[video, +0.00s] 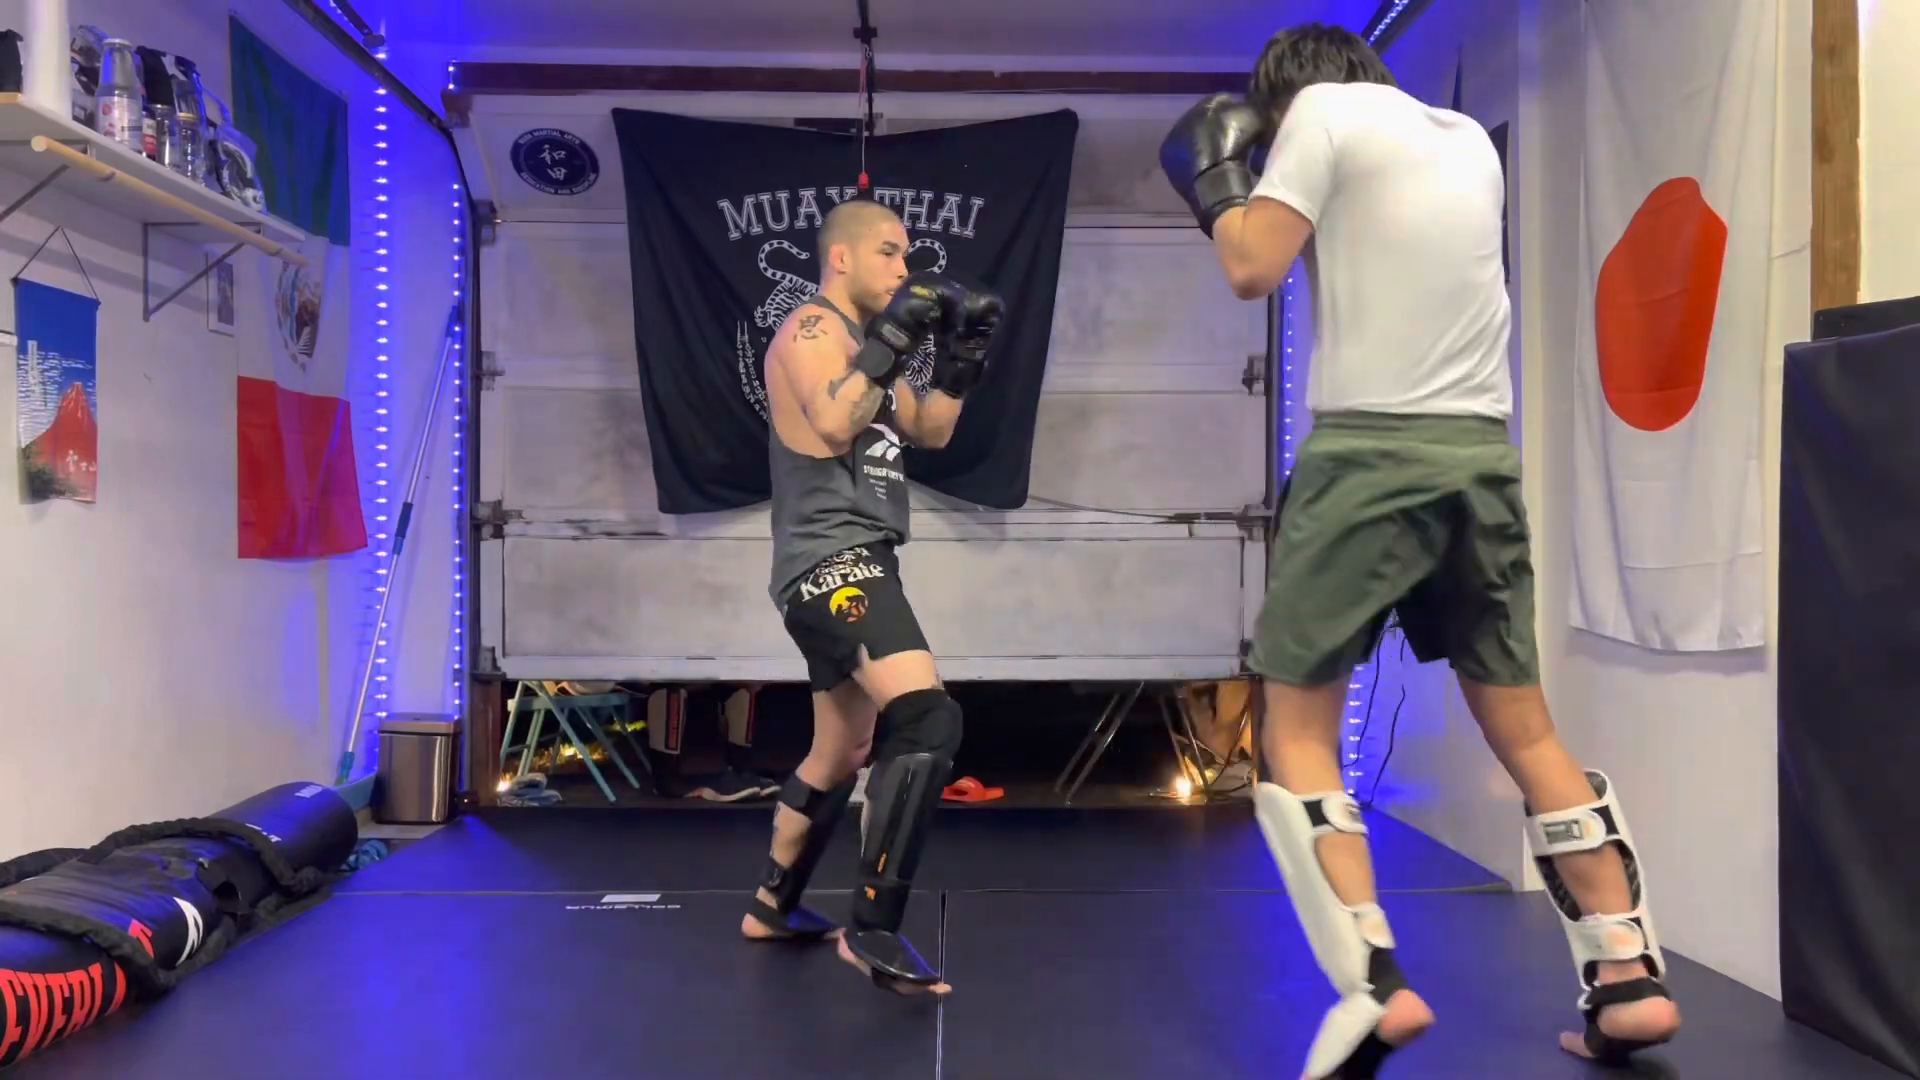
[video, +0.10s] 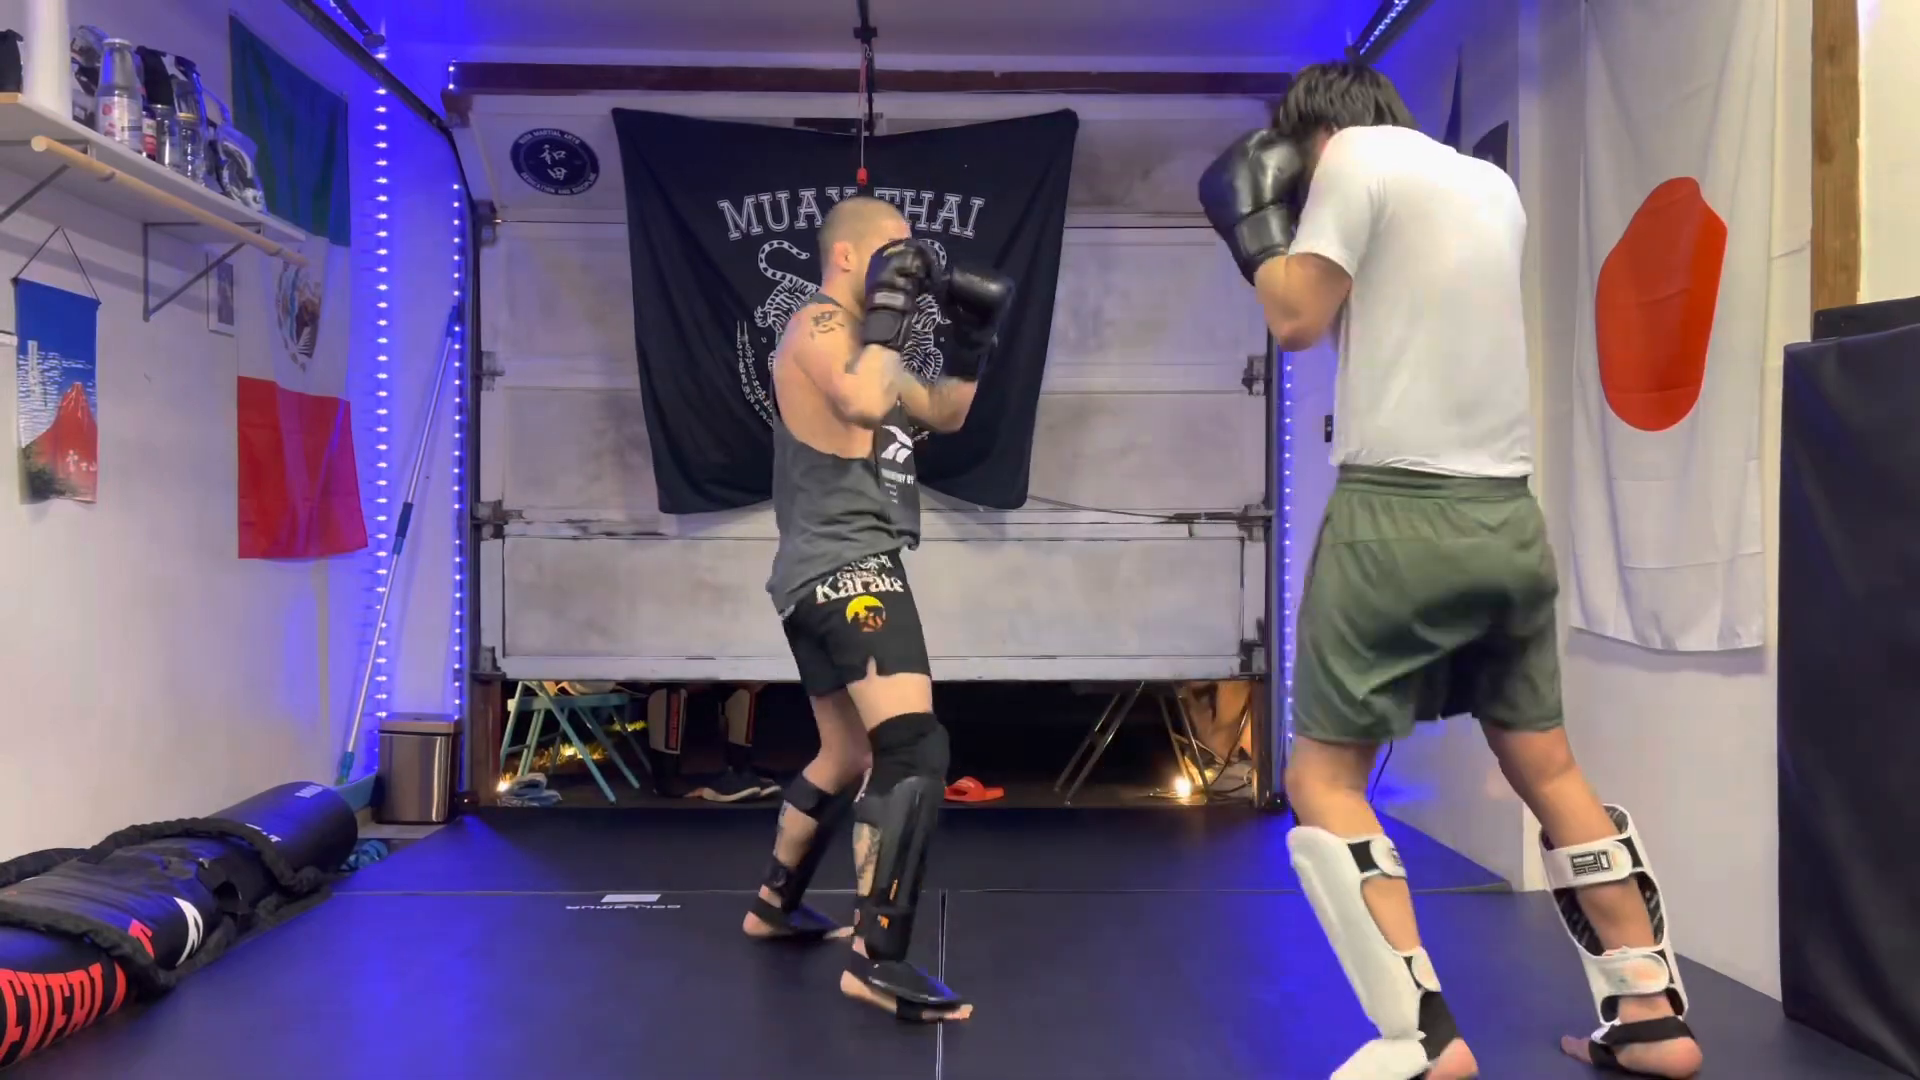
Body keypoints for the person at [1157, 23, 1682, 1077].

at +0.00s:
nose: (1274, 131)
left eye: (1273, 116)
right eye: (1273, 117)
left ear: (1292, 93)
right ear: (1372, 68)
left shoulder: (1320, 112)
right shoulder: (1471, 137)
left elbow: (1251, 262)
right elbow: (1397, 246)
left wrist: (1219, 174)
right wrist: (1281, 166)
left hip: (1366, 460)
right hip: (1483, 461)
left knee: (1302, 732)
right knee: (1527, 733)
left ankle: (1376, 980)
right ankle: (1628, 980)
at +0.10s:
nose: (1303, 169)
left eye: (1303, 152)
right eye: (1301, 155)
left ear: (1322, 132)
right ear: (1394, 114)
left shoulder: (1353, 160)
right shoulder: (1494, 188)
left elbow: (1293, 314)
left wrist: (1256, 215)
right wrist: (1297, 223)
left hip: (1396, 529)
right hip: (1509, 526)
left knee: (1324, 778)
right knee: (1550, 769)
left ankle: (1421, 1033)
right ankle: (1651, 1009)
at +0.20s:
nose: (1297, 190)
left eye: (1294, 174)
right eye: (1291, 179)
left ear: (1314, 143)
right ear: (1385, 114)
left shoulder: (1348, 158)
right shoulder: (1492, 176)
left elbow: (1268, 306)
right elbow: (1406, 302)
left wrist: (1226, 229)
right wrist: (1305, 225)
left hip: (1422, 496)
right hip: (1537, 499)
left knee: (1271, 729)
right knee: (1547, 755)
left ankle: (1358, 973)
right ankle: (1647, 998)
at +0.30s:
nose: (1275, 179)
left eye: (1275, 164)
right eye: (1270, 166)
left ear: (1296, 135)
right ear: (1379, 111)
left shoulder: (1321, 154)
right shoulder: (1487, 163)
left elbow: (1166, 248)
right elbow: (1463, 297)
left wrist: (1072, 229)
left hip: (1430, 476)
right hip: (1551, 480)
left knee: (1288, 726)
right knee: (1535, 731)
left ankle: (1258, 991)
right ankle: (1647, 967)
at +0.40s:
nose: (1273, 188)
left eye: (1276, 174)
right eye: (1276, 181)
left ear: (1299, 161)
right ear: (1386, 141)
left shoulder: (1304, 198)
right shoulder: (1491, 196)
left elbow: (1137, 246)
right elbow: (1473, 327)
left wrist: (1007, 244)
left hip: (1401, 525)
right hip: (1533, 524)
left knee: (1300, 784)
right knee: (1556, 764)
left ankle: (1247, 1045)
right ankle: (1681, 1004)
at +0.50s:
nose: (1270, 216)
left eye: (1271, 199)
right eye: (1267, 204)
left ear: (1297, 178)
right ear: (1371, 153)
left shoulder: (1308, 207)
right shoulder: (1481, 206)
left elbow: (1186, 324)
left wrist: (1100, 300)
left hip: (1402, 525)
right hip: (1531, 525)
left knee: (1265, 756)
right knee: (1566, 763)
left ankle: (1242, 1016)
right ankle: (1678, 1009)